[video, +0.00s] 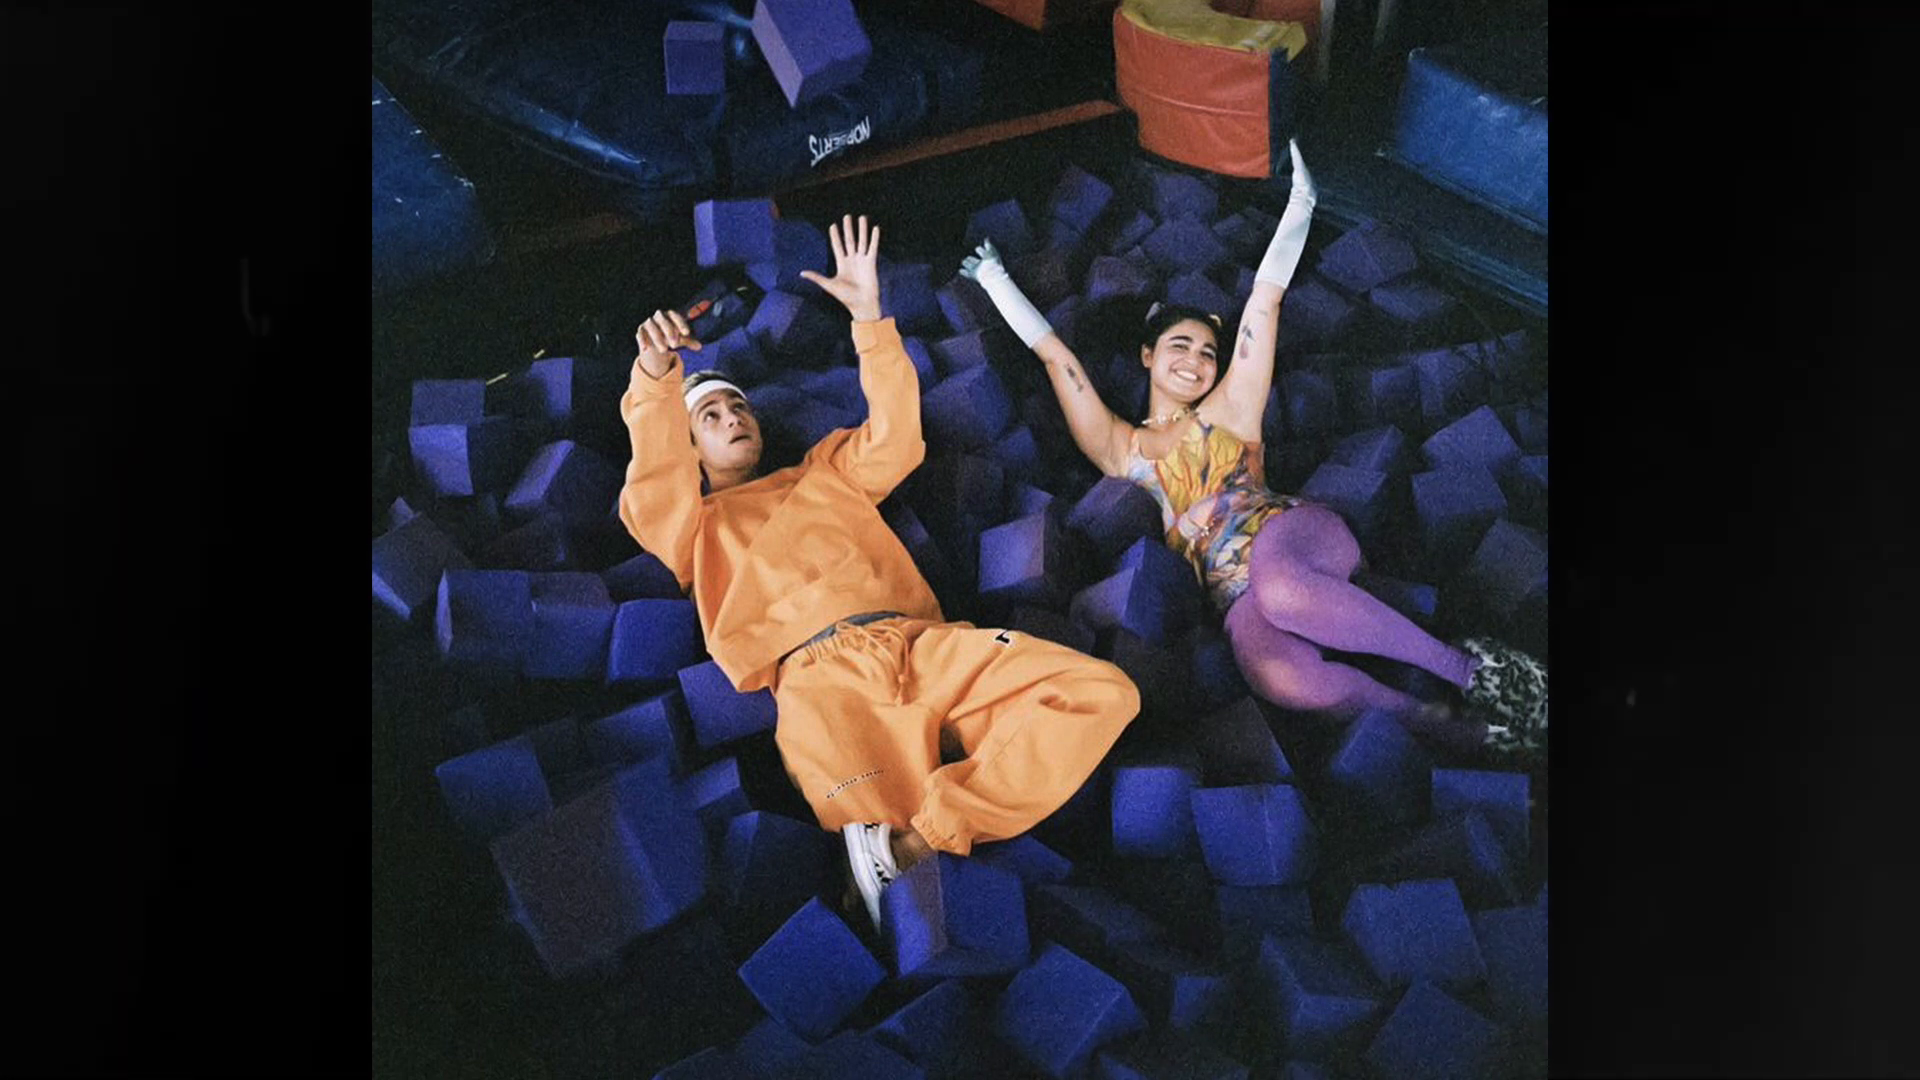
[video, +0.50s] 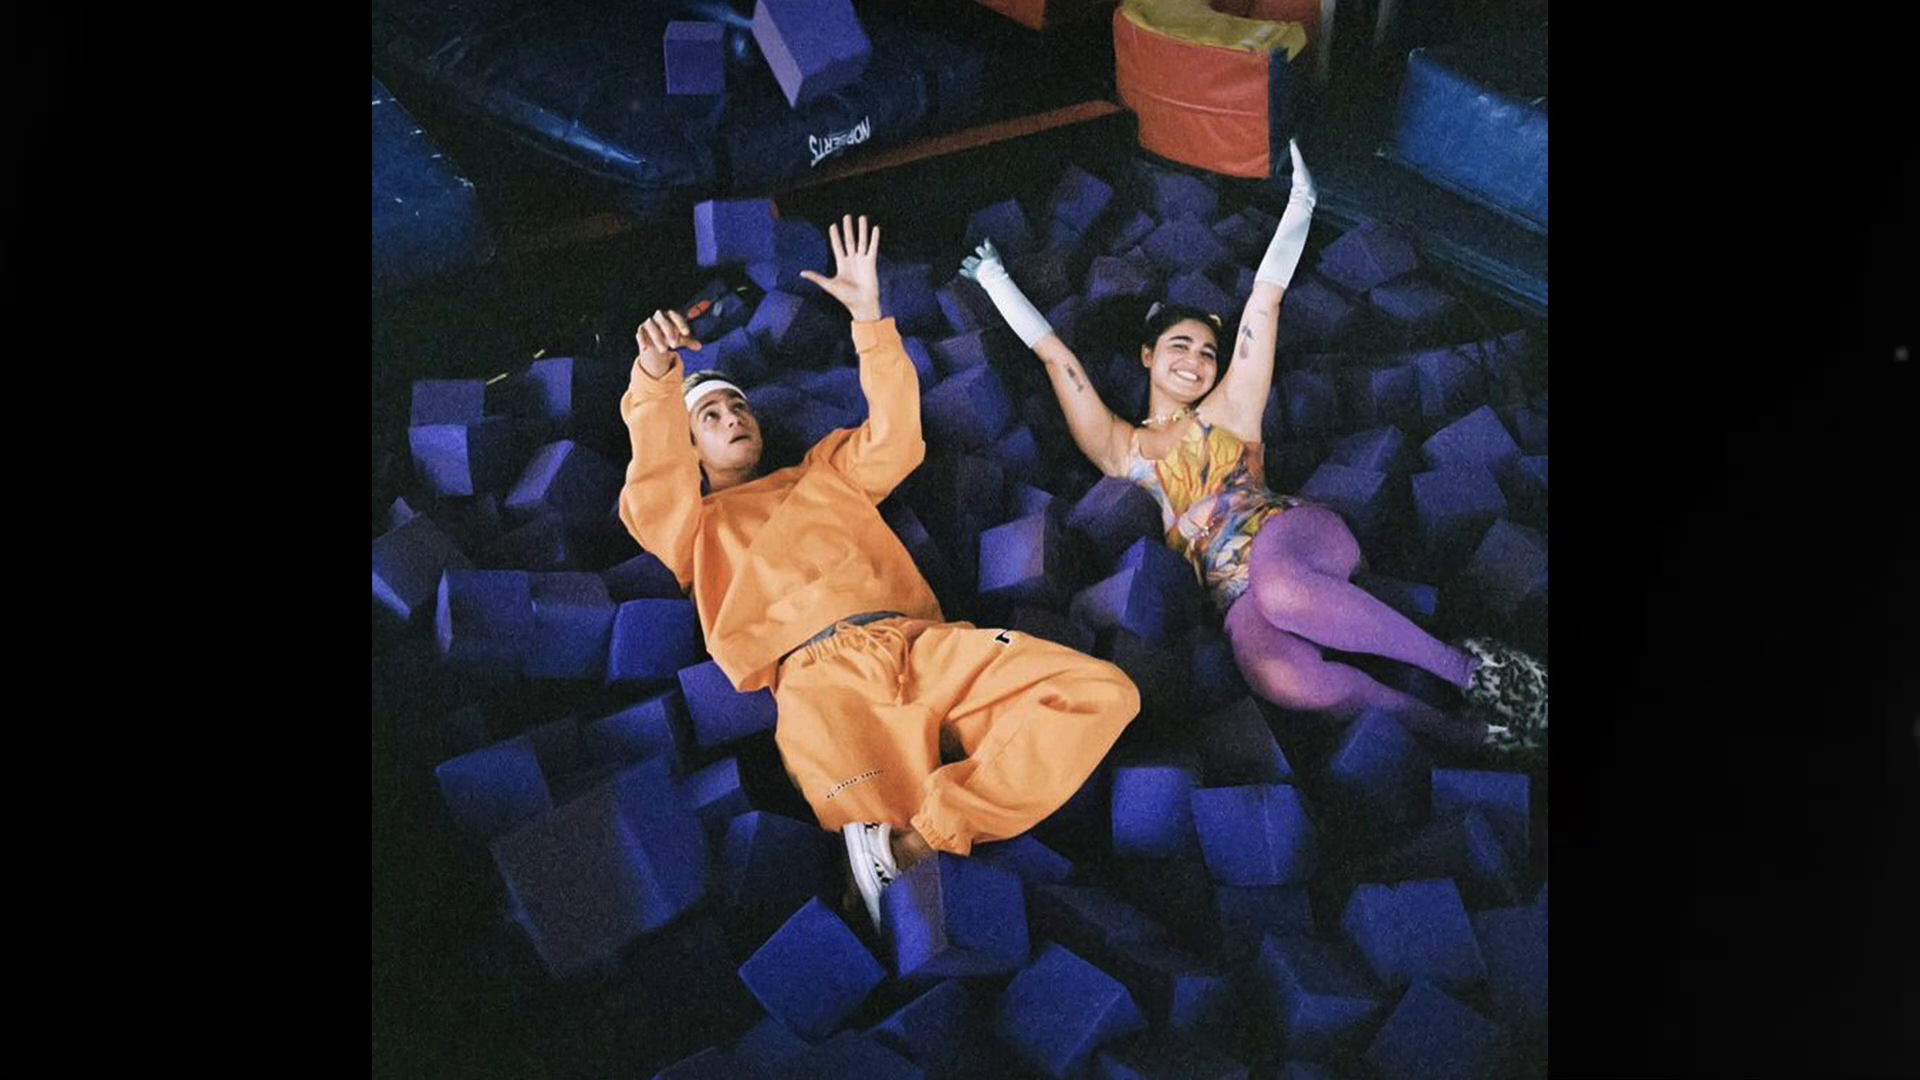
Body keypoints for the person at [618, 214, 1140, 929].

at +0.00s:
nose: (731, 418)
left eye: (738, 407)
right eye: (709, 415)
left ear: (760, 425)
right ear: (688, 449)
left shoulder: (827, 468)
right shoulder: (696, 525)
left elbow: (895, 436)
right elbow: (655, 477)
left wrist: (868, 317)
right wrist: (655, 373)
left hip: (918, 640)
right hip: (820, 673)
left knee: (1094, 692)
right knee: (883, 831)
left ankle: (916, 841)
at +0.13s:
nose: (731, 418)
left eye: (738, 407)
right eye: (709, 415)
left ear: (760, 425)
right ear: (688, 449)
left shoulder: (827, 468)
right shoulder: (696, 525)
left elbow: (895, 436)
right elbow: (655, 477)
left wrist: (868, 317)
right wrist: (655, 373)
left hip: (918, 640)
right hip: (820, 673)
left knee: (1094, 692)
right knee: (883, 831)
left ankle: (916, 841)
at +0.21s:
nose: (731, 418)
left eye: (738, 407)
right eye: (709, 415)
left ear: (760, 425)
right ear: (688, 448)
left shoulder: (827, 468)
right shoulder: (695, 525)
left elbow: (895, 436)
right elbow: (655, 476)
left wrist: (868, 317)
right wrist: (655, 373)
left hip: (918, 640)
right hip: (820, 672)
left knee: (1094, 692)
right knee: (881, 828)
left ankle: (917, 841)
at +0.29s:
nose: (731, 418)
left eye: (738, 407)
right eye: (709, 415)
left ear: (760, 425)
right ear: (688, 449)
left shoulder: (827, 468)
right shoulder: (696, 525)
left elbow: (895, 436)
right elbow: (655, 477)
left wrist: (868, 317)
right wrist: (655, 373)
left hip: (917, 641)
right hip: (820, 673)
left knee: (1094, 692)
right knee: (883, 831)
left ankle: (916, 841)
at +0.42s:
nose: (731, 418)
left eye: (738, 407)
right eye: (709, 415)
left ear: (760, 425)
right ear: (688, 449)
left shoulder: (827, 468)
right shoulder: (696, 525)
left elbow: (895, 436)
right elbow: (655, 477)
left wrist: (868, 317)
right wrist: (655, 373)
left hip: (917, 641)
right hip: (820, 673)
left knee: (1094, 692)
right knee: (883, 831)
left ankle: (917, 841)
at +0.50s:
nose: (731, 418)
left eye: (738, 407)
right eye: (709, 415)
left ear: (760, 425)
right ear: (688, 449)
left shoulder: (827, 468)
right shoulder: (696, 525)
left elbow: (895, 436)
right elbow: (655, 477)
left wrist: (868, 317)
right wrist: (655, 373)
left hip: (917, 641)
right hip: (820, 673)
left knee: (1094, 692)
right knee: (883, 831)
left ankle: (916, 841)